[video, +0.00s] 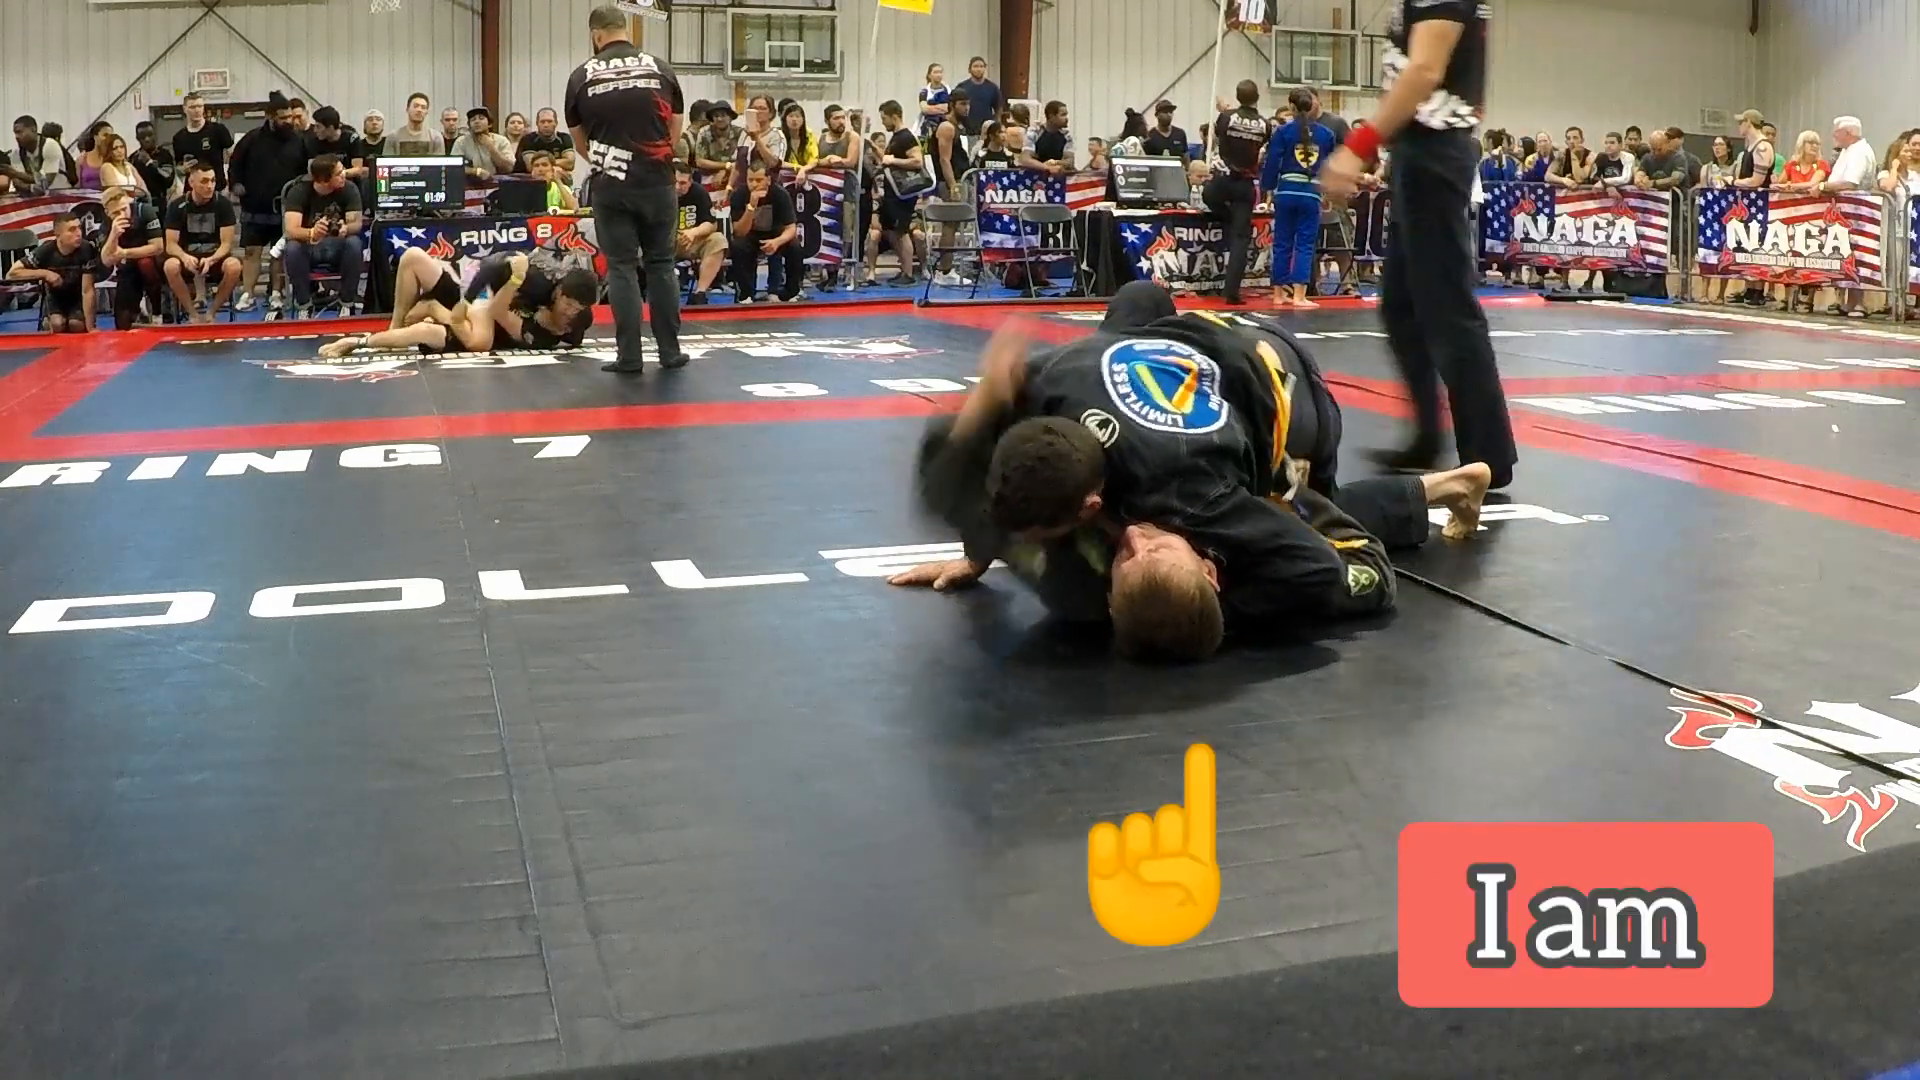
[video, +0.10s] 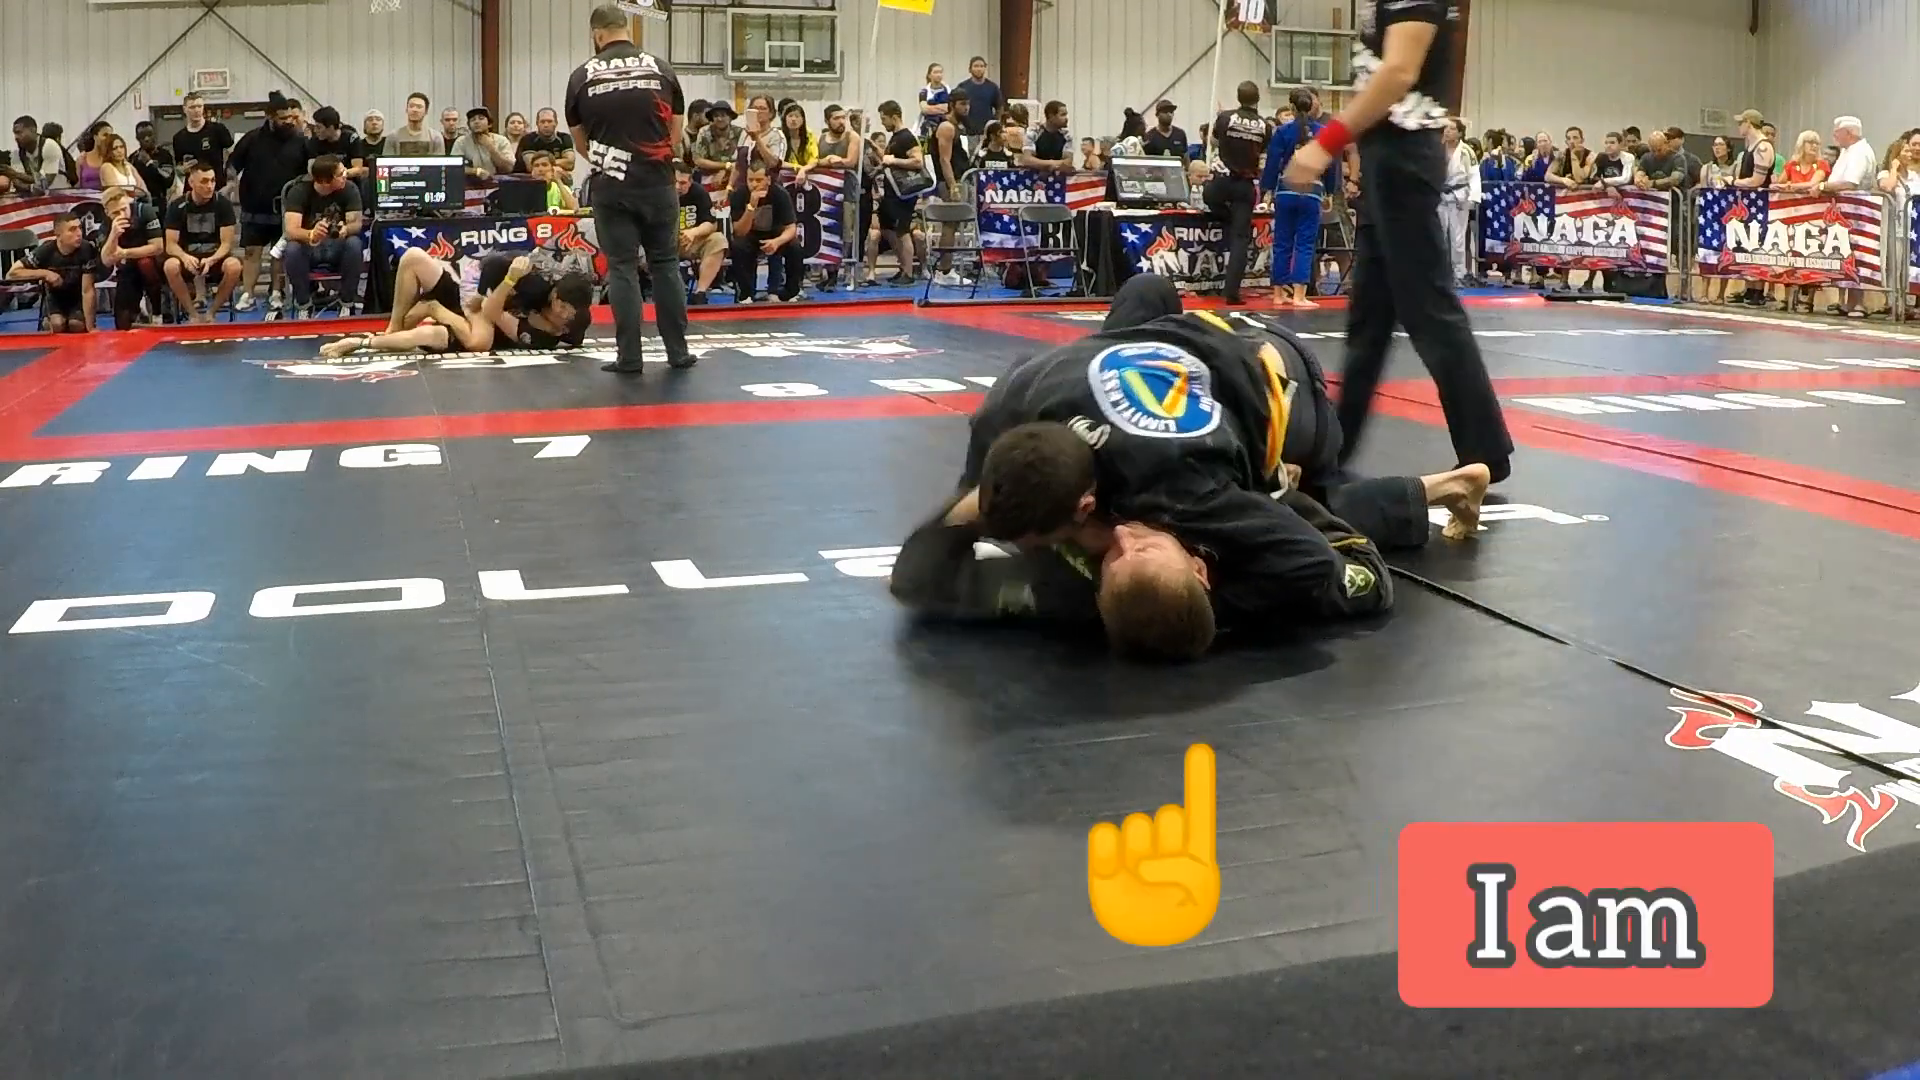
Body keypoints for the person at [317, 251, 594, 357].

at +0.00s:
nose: (574, 315)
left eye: (580, 311)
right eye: (570, 308)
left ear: (587, 307)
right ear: (558, 294)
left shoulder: (582, 318)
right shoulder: (536, 281)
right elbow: (494, 311)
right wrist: (529, 336)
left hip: (496, 325)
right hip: (483, 285)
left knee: (427, 333)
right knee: (412, 258)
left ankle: (355, 343)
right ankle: (396, 329)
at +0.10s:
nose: (565, 316)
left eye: (572, 313)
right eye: (562, 309)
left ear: (580, 311)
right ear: (552, 296)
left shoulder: (576, 325)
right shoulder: (534, 285)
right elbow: (486, 313)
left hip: (494, 320)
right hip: (475, 280)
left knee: (432, 335)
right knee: (413, 258)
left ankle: (359, 345)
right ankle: (394, 329)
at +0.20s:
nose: (560, 311)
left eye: (568, 310)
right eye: (559, 303)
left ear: (576, 313)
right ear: (554, 292)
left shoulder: (544, 335)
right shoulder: (540, 279)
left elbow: (490, 325)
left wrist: (508, 285)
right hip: (476, 284)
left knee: (428, 333)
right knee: (410, 256)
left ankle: (357, 344)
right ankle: (392, 332)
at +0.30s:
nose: (566, 314)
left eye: (574, 311)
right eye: (565, 305)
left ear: (584, 310)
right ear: (557, 289)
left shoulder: (558, 333)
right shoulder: (542, 268)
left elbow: (492, 339)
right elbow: (496, 256)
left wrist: (508, 291)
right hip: (478, 277)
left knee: (428, 332)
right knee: (409, 256)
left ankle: (354, 344)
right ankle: (394, 329)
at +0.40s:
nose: (570, 309)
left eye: (578, 308)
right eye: (569, 300)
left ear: (586, 308)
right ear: (561, 286)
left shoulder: (563, 328)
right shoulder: (542, 267)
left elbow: (493, 338)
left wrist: (513, 288)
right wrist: (528, 306)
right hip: (476, 279)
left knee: (427, 332)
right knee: (409, 256)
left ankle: (356, 344)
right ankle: (395, 328)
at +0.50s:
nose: (570, 302)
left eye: (578, 301)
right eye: (570, 295)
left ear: (583, 303)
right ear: (565, 283)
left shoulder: (570, 324)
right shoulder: (543, 270)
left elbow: (494, 339)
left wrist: (531, 305)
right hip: (478, 277)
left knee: (431, 335)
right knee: (410, 257)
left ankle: (358, 345)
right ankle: (393, 331)